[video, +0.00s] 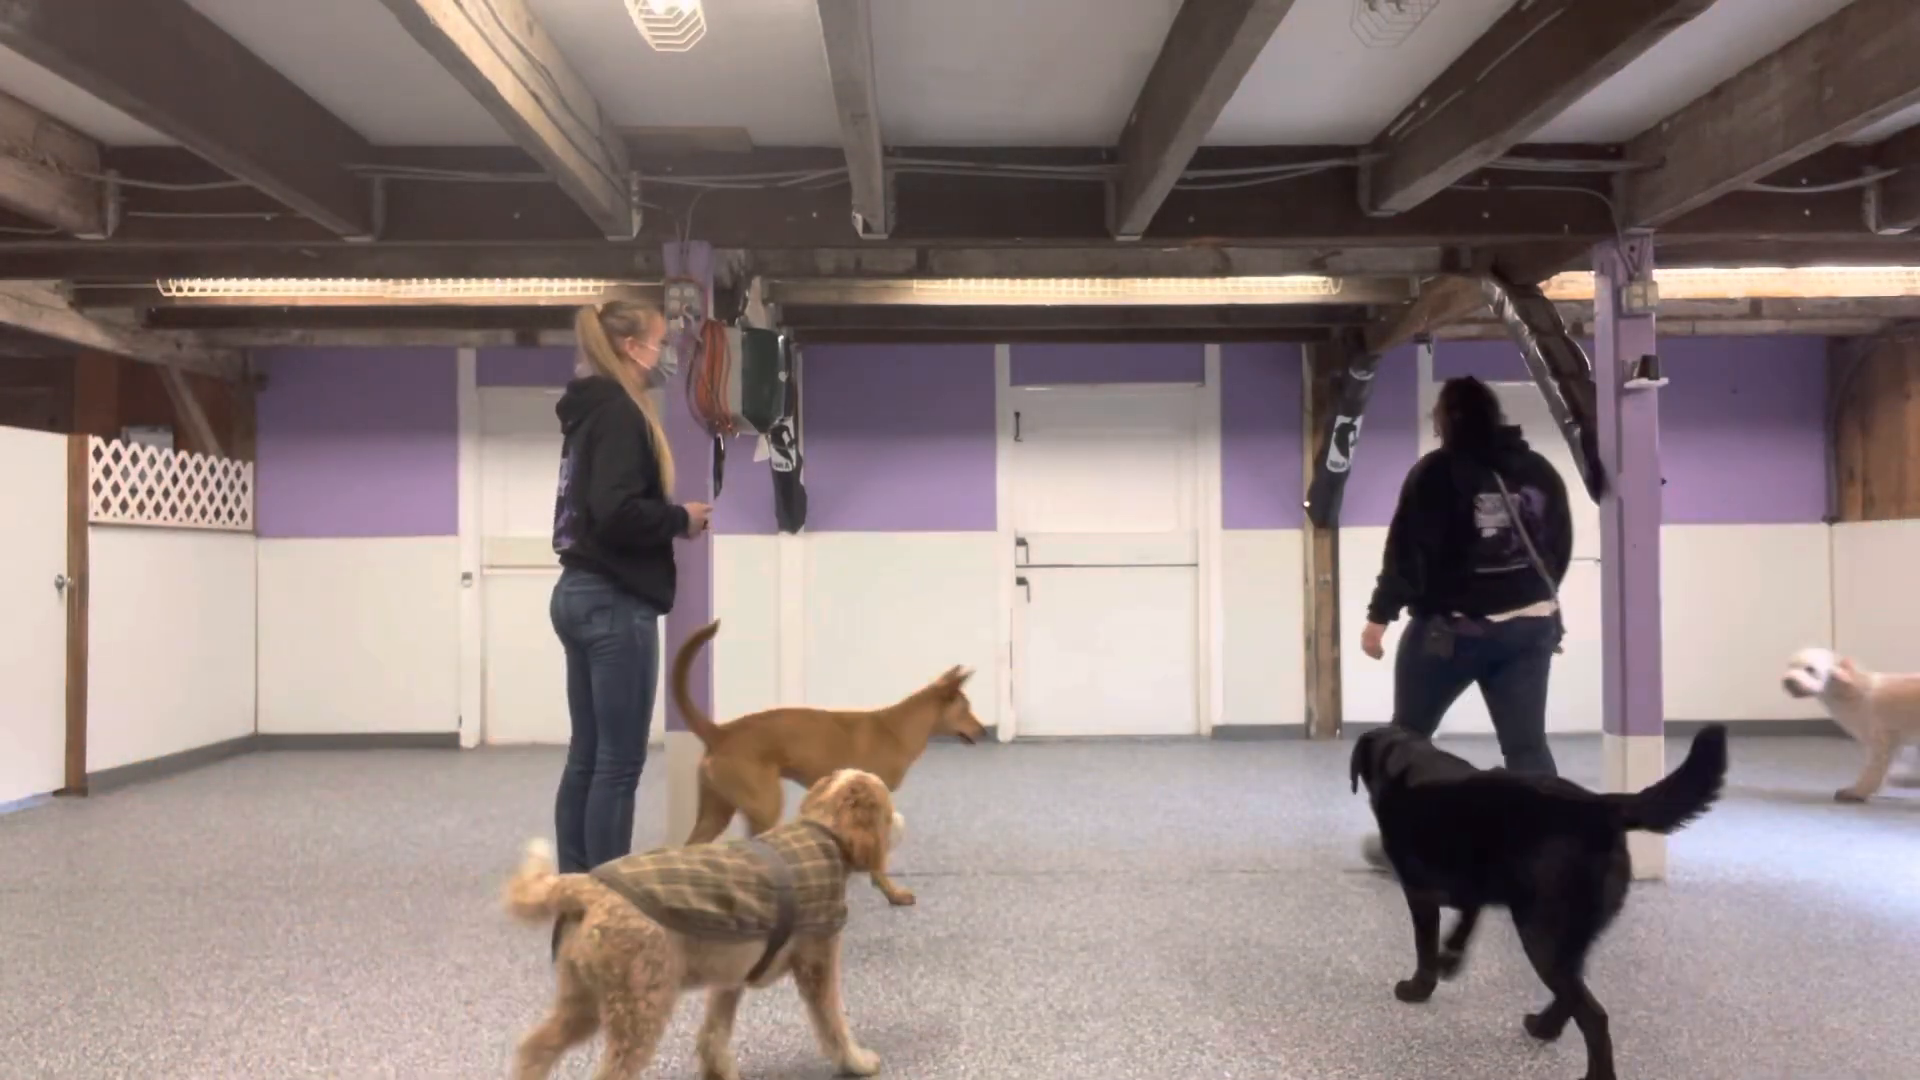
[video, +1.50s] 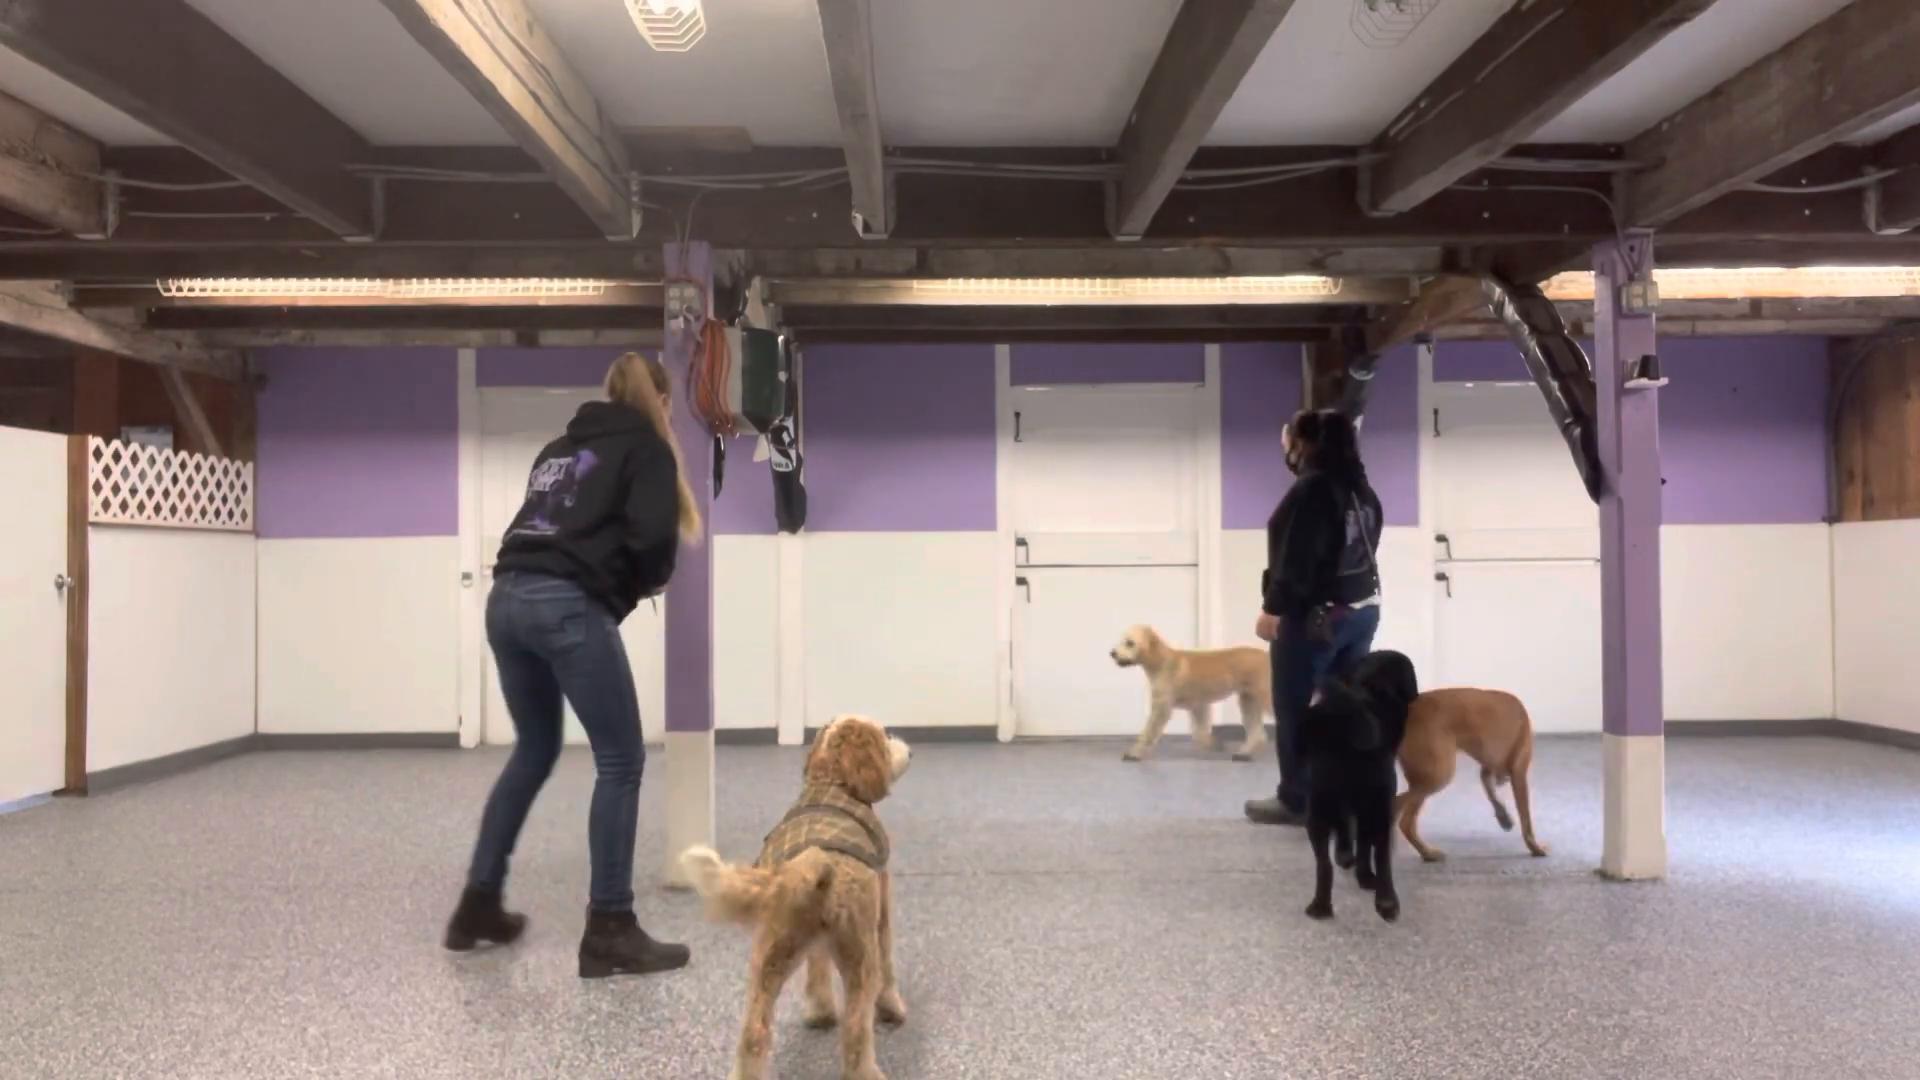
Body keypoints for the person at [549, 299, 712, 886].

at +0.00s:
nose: (661, 356)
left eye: (662, 345)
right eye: (656, 345)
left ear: (616, 342)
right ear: (627, 344)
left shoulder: (593, 403)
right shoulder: (618, 409)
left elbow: (599, 509)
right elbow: (617, 512)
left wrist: (675, 514)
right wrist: (682, 518)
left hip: (582, 590)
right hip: (616, 598)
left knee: (586, 756)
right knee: (620, 761)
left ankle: (575, 892)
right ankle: (607, 897)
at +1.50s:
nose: (671, 408)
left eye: (668, 399)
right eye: (668, 399)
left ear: (608, 395)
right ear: (659, 400)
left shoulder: (563, 444)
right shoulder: (647, 447)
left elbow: (547, 520)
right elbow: (653, 536)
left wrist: (604, 572)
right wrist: (645, 582)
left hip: (507, 599)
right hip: (568, 604)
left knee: (534, 752)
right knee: (620, 762)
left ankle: (478, 907)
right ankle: (611, 929)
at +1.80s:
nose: (572, 436)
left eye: (569, 428)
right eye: (572, 428)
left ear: (516, 423)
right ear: (565, 426)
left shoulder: (476, 469)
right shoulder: (565, 468)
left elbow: (462, 540)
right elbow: (574, 543)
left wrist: (533, 594)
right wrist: (572, 597)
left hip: (428, 611)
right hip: (496, 610)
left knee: (450, 756)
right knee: (570, 763)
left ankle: (415, 915)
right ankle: (605, 926)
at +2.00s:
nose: (537, 449)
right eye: (535, 440)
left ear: (480, 437)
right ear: (529, 441)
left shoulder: (442, 484)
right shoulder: (537, 477)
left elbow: (421, 555)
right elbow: (558, 550)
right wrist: (541, 609)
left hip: (411, 612)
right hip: (486, 609)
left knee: (436, 759)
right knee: (556, 763)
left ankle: (414, 915)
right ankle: (590, 926)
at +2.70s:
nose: (448, 417)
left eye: (445, 408)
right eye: (446, 408)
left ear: (387, 409)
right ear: (436, 406)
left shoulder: (354, 470)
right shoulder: (443, 457)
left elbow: (332, 561)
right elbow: (478, 530)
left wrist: (373, 598)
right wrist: (520, 579)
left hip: (356, 629)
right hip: (426, 619)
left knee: (427, 759)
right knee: (512, 758)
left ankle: (415, 915)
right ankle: (534, 920)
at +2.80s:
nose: (437, 408)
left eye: (434, 399)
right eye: (435, 398)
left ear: (372, 397)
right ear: (422, 397)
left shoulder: (341, 460)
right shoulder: (424, 450)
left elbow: (327, 549)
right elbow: (459, 524)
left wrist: (378, 579)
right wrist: (504, 572)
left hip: (343, 623)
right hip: (409, 616)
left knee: (420, 757)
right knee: (487, 754)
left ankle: (414, 912)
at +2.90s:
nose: (421, 398)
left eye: (419, 388)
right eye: (419, 388)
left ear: (358, 389)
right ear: (409, 388)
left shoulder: (326, 451)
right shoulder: (410, 444)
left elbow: (312, 540)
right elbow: (446, 521)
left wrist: (357, 579)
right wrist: (489, 569)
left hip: (328, 620)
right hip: (393, 616)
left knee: (410, 761)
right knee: (446, 759)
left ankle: (414, 913)